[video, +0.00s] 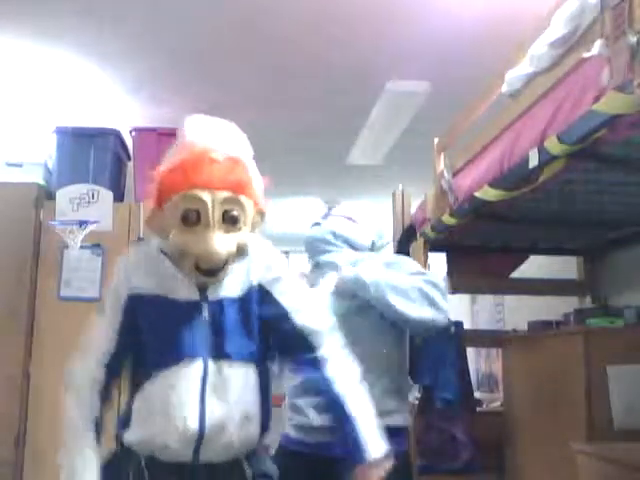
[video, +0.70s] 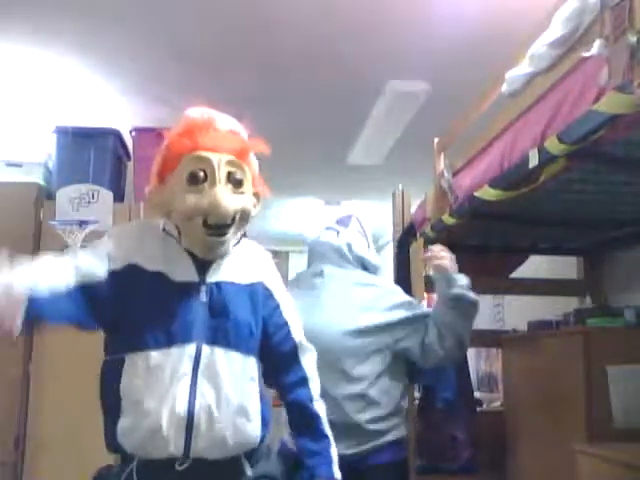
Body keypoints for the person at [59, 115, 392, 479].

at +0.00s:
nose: (211, 241)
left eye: (230, 219)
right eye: (191, 218)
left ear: (254, 223)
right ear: (160, 222)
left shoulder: (266, 279)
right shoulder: (138, 278)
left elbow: (325, 355)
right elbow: (90, 376)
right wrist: (81, 467)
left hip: (236, 464)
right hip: (151, 465)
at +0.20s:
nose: (202, 230)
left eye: (221, 209)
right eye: (182, 207)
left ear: (243, 212)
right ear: (151, 205)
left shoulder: (252, 260)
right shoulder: (122, 251)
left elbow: (299, 354)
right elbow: (51, 309)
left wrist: (328, 451)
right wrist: (109, 352)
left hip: (231, 454)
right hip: (139, 455)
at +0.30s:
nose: (199, 219)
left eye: (219, 198)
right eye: (180, 196)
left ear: (242, 201)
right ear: (151, 194)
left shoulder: (253, 243)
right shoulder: (126, 232)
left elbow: (304, 337)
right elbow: (35, 292)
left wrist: (317, 435)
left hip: (235, 450)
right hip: (139, 450)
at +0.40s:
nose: (203, 198)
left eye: (223, 178)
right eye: (185, 175)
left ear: (247, 186)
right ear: (157, 182)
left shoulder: (257, 244)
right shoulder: (131, 244)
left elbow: (308, 325)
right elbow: (38, 263)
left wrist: (304, 424)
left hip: (238, 448)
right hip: (143, 450)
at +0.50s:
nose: (211, 187)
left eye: (228, 171)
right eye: (191, 168)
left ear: (250, 181)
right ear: (164, 176)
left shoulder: (259, 244)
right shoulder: (130, 237)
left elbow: (306, 334)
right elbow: (41, 251)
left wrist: (304, 433)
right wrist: (75, 164)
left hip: (240, 455)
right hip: (148, 455)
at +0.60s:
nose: (217, 192)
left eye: (233, 173)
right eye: (195, 170)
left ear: (252, 190)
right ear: (161, 186)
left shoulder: (259, 264)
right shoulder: (127, 260)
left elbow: (300, 356)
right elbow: (41, 252)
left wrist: (310, 448)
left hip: (241, 463)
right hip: (150, 462)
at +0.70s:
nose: (218, 202)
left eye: (234, 181)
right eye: (196, 179)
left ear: (253, 199)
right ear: (163, 195)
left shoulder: (257, 271)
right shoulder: (129, 261)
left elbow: (297, 376)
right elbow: (71, 285)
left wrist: (323, 467)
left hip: (231, 465)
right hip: (147, 463)